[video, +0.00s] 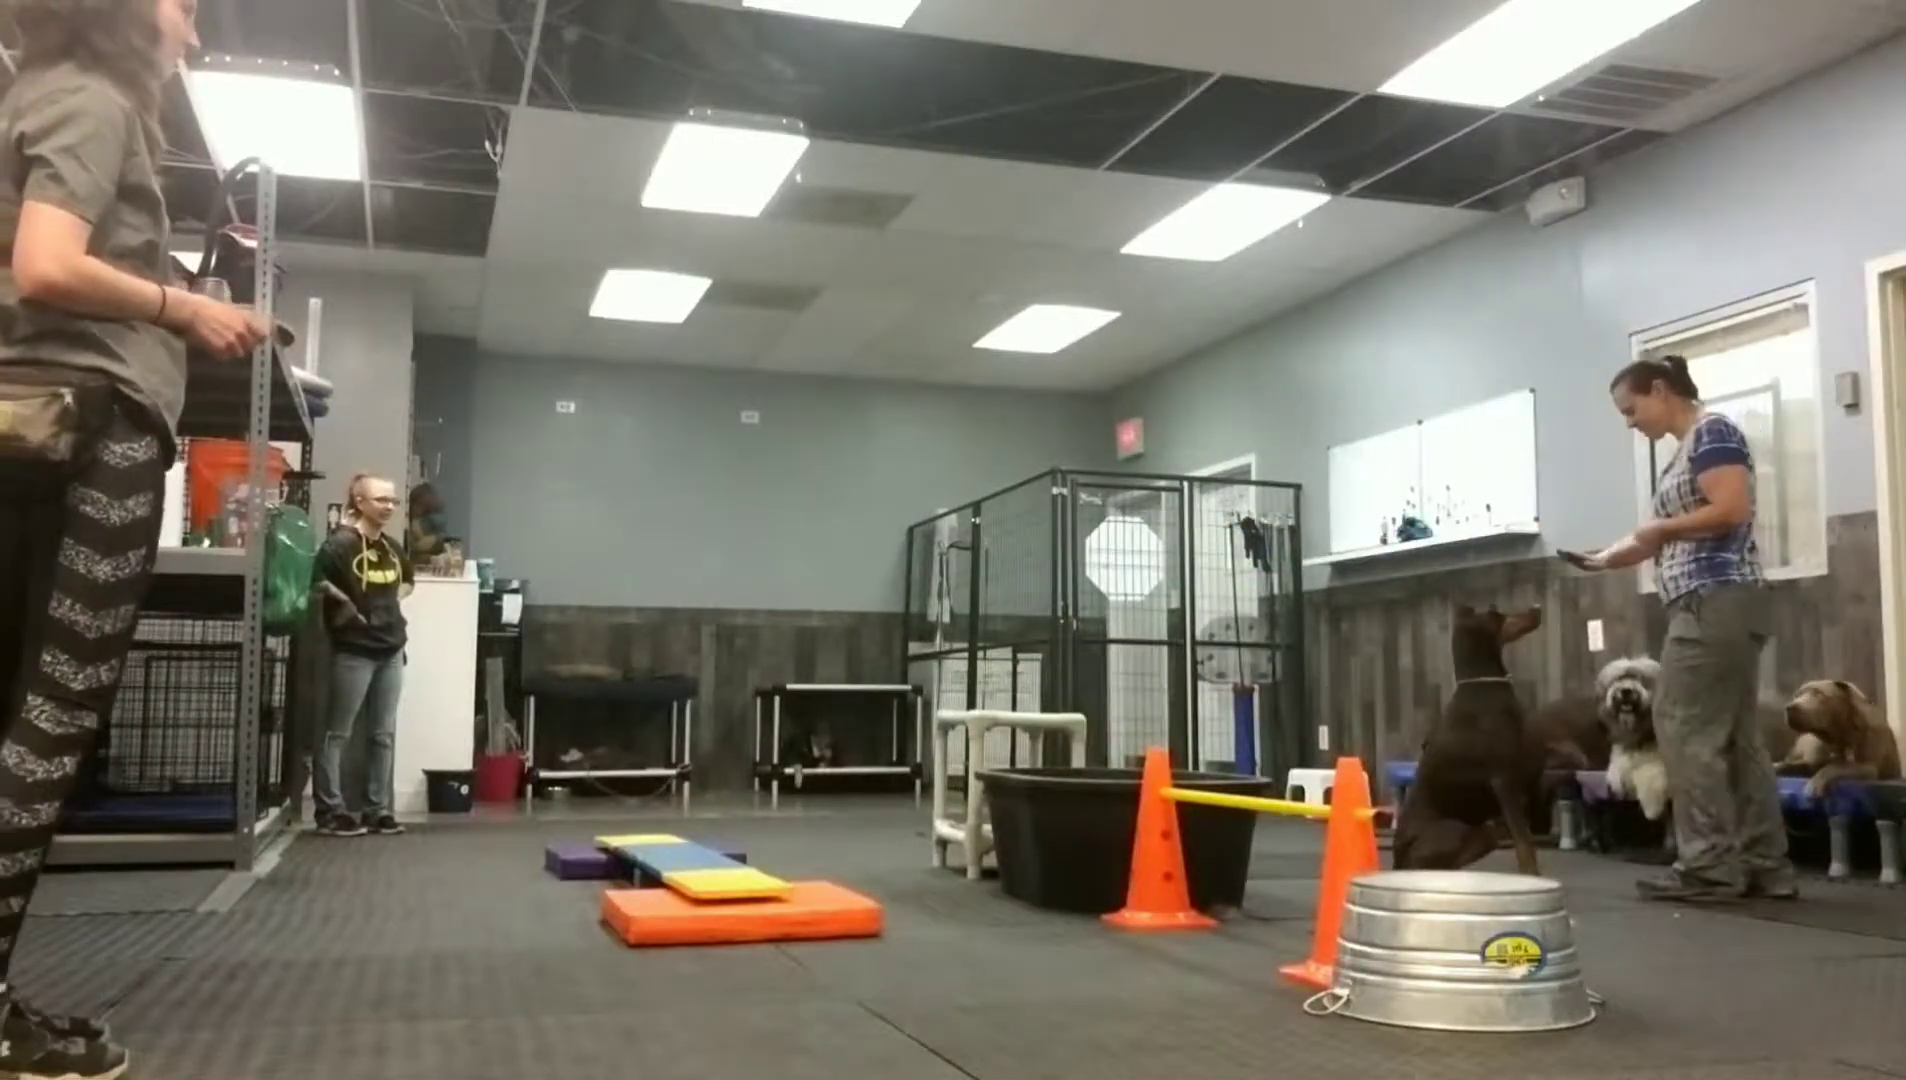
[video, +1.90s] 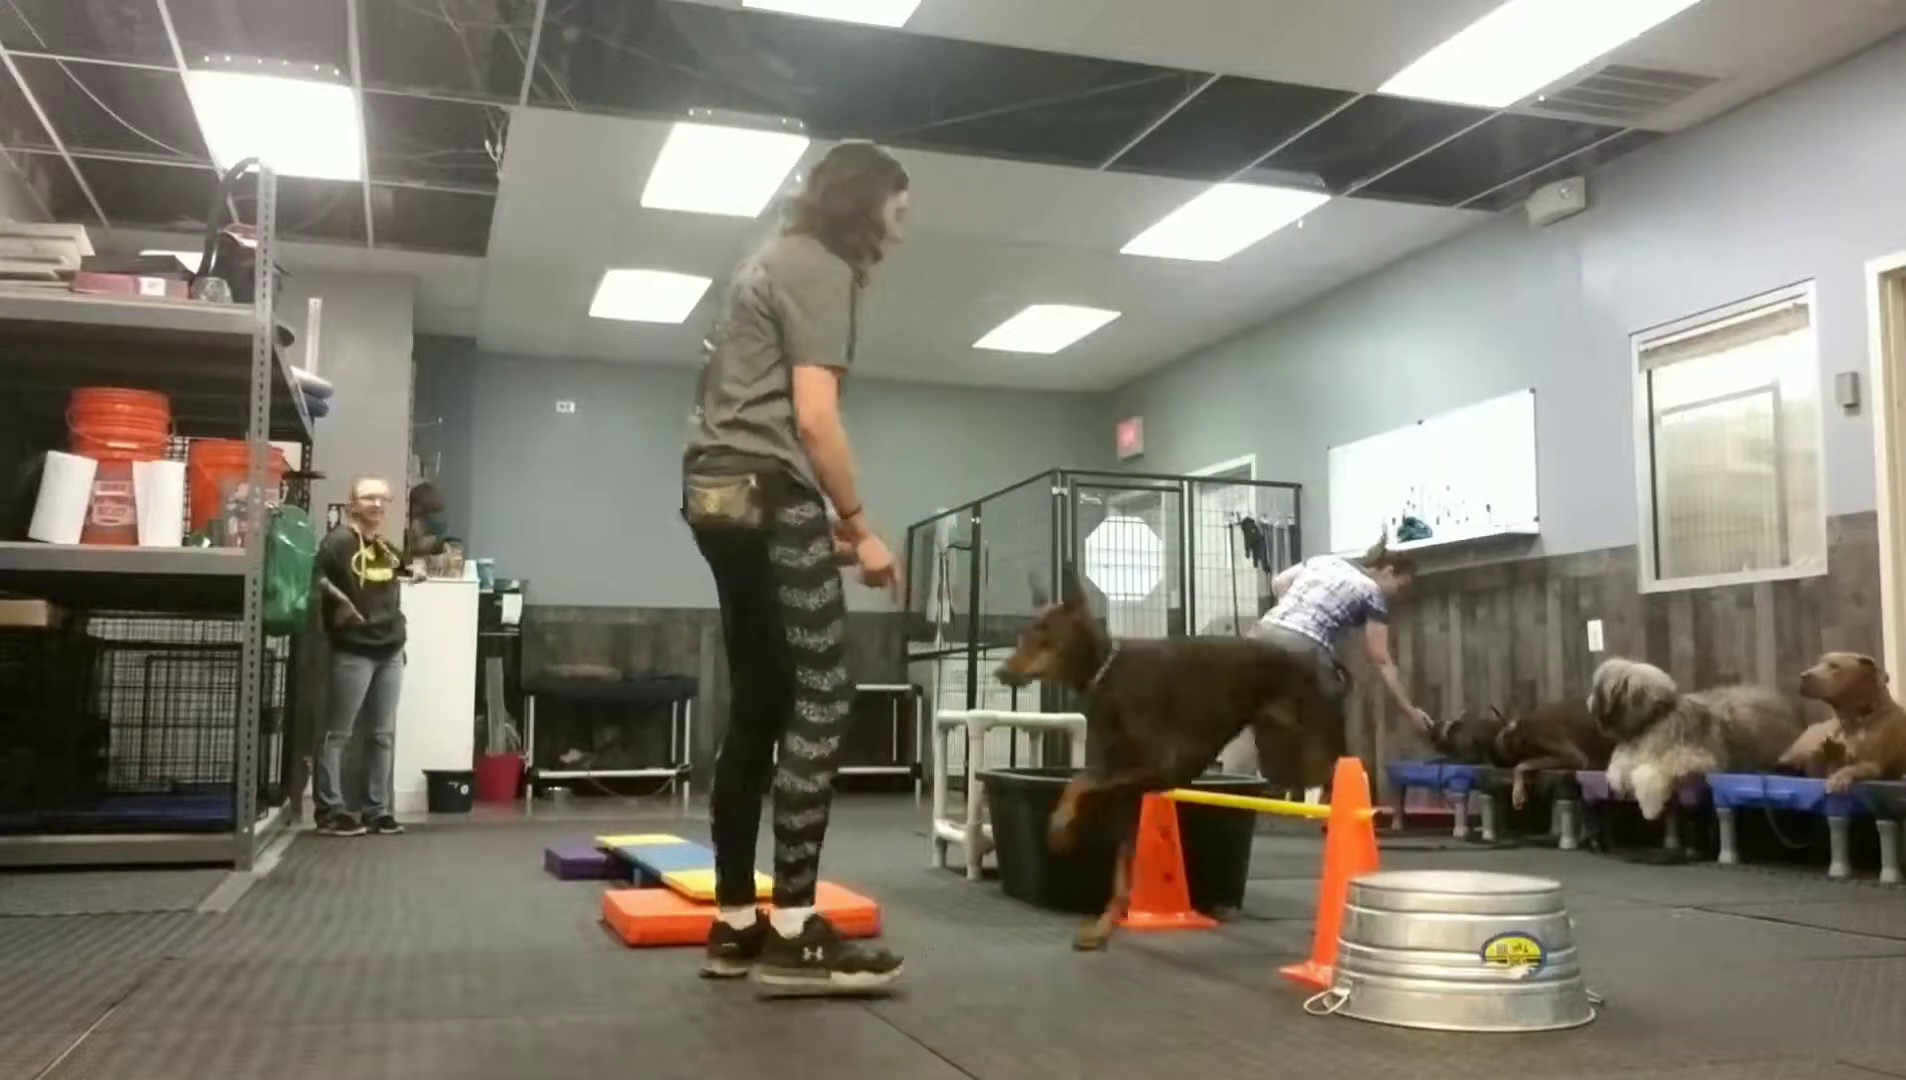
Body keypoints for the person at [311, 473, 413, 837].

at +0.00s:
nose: (390, 507)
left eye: (392, 501)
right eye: (382, 500)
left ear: (392, 505)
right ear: (360, 502)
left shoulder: (389, 545)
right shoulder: (338, 547)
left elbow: (407, 581)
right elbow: (317, 591)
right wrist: (349, 614)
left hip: (390, 650)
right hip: (354, 651)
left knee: (383, 735)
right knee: (338, 734)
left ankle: (377, 811)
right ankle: (330, 811)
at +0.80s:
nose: (385, 503)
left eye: (388, 497)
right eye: (376, 496)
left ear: (393, 503)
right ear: (356, 503)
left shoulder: (392, 548)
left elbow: (403, 595)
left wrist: (390, 622)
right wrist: (373, 627)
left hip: (389, 652)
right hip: (352, 651)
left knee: (382, 735)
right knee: (338, 733)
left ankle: (376, 808)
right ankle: (330, 809)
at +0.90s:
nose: (382, 505)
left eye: (385, 500)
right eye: (374, 499)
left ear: (388, 505)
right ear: (356, 503)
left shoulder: (386, 549)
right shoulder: (340, 541)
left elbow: (413, 582)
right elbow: (322, 580)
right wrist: (345, 604)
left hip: (389, 649)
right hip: (354, 648)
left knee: (382, 734)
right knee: (339, 733)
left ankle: (377, 809)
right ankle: (330, 810)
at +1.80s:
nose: (378, 512)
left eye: (384, 506)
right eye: (371, 505)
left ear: (389, 509)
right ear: (352, 507)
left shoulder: (388, 550)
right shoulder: (337, 543)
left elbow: (425, 563)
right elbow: (317, 579)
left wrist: (407, 538)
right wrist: (340, 600)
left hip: (390, 649)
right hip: (354, 648)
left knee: (383, 734)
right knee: (340, 734)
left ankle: (377, 810)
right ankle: (330, 810)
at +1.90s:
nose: (377, 505)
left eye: (382, 500)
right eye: (369, 499)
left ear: (389, 506)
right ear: (353, 504)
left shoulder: (387, 550)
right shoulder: (337, 545)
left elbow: (391, 597)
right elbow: (320, 591)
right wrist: (348, 618)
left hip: (390, 649)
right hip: (353, 649)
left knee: (382, 735)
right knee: (338, 734)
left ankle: (377, 811)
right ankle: (329, 810)